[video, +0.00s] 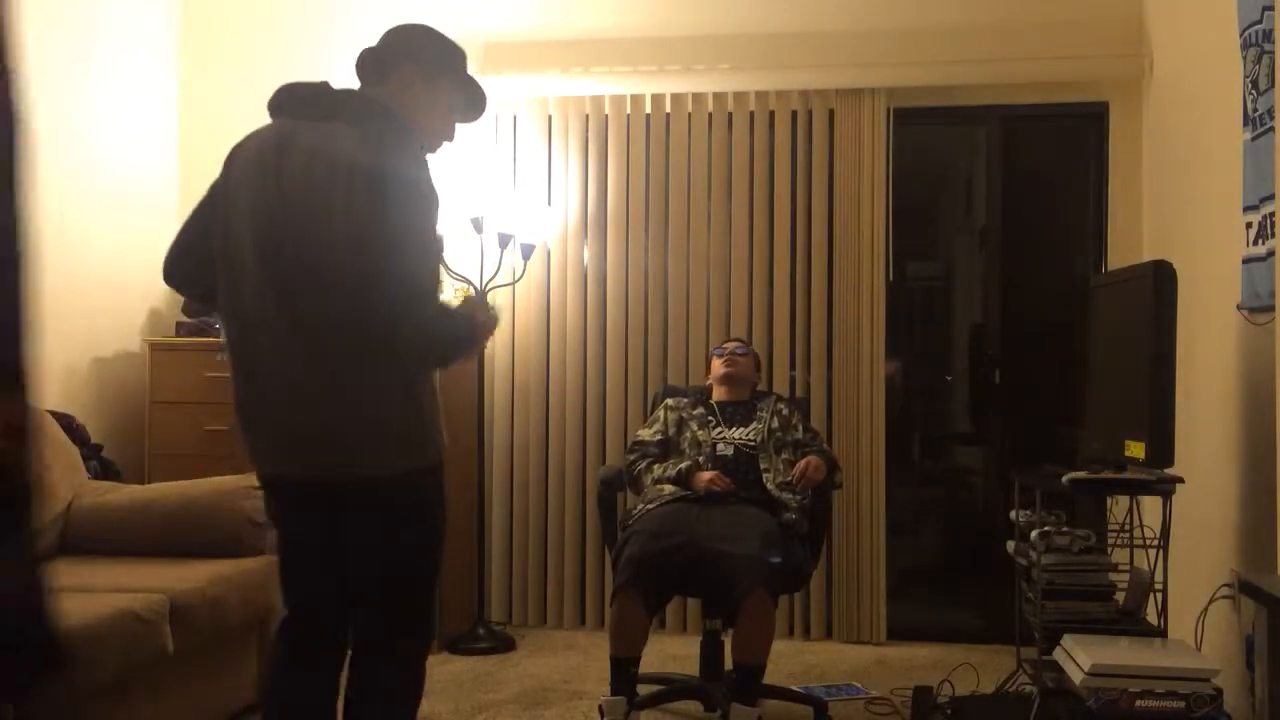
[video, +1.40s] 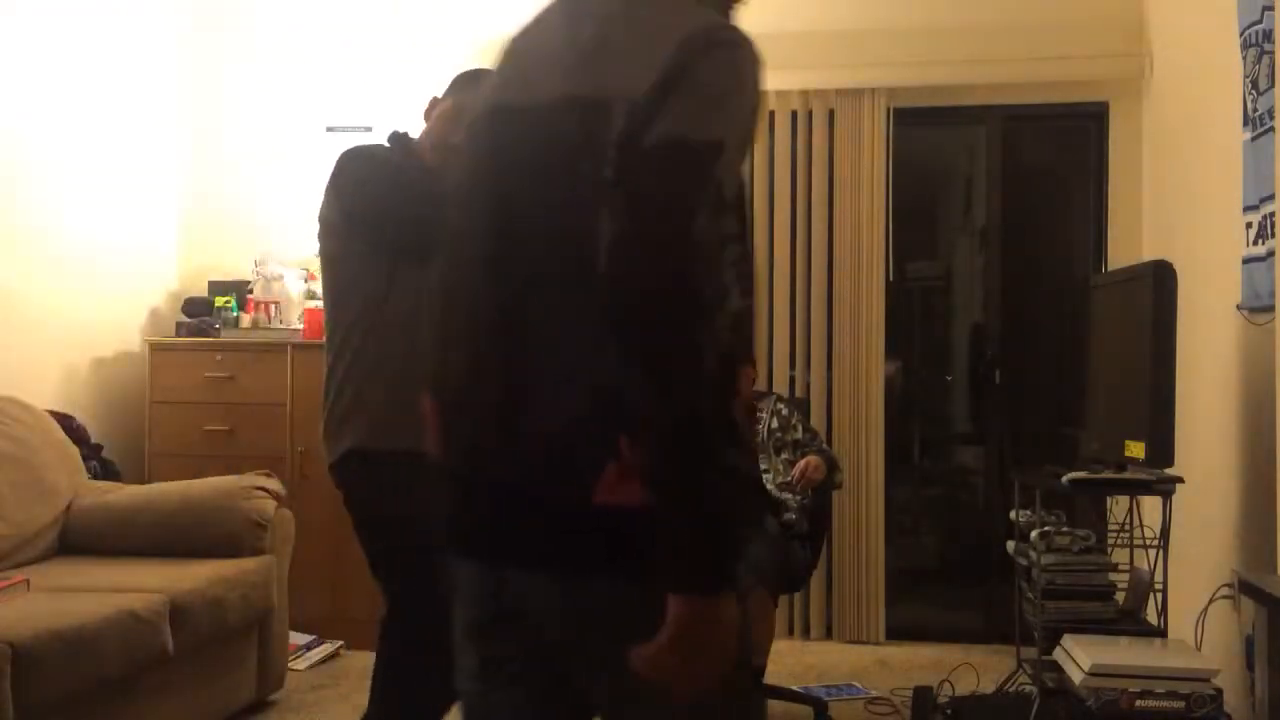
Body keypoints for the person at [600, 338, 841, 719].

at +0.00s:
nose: (729, 353)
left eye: (740, 350)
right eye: (720, 351)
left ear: (757, 372)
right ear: (708, 372)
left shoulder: (779, 412)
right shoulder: (674, 409)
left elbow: (822, 454)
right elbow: (639, 465)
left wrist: (819, 461)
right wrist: (689, 476)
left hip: (749, 508)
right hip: (673, 505)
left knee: (756, 576)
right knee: (638, 567)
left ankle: (746, 705)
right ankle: (621, 695)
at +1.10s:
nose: (722, 354)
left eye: (733, 349)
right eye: (714, 353)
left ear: (752, 370)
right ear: (704, 374)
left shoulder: (780, 411)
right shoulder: (674, 407)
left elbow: (826, 463)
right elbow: (643, 469)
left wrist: (819, 460)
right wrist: (690, 477)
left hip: (749, 508)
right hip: (675, 506)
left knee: (757, 580)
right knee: (634, 572)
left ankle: (745, 704)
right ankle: (637, 693)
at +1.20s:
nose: (722, 358)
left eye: (731, 352)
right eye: (715, 355)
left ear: (752, 369)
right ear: (708, 370)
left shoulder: (773, 407)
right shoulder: (694, 406)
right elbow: (667, 459)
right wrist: (694, 477)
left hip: (758, 511)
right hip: (695, 511)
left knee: (756, 584)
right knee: (681, 578)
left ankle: (746, 698)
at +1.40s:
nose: (742, 379)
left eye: (747, 371)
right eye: (734, 371)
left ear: (754, 374)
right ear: (720, 376)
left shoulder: (777, 412)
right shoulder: (706, 420)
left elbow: (825, 459)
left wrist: (819, 462)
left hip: (781, 532)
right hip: (725, 533)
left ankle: (752, 684)